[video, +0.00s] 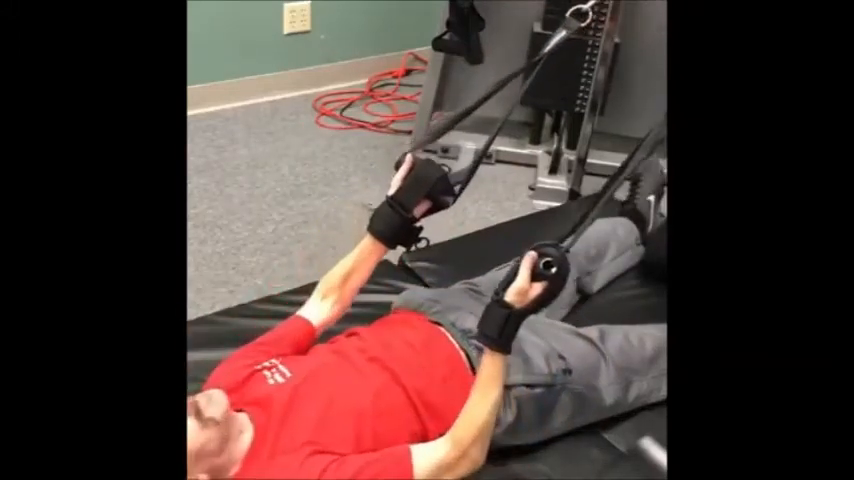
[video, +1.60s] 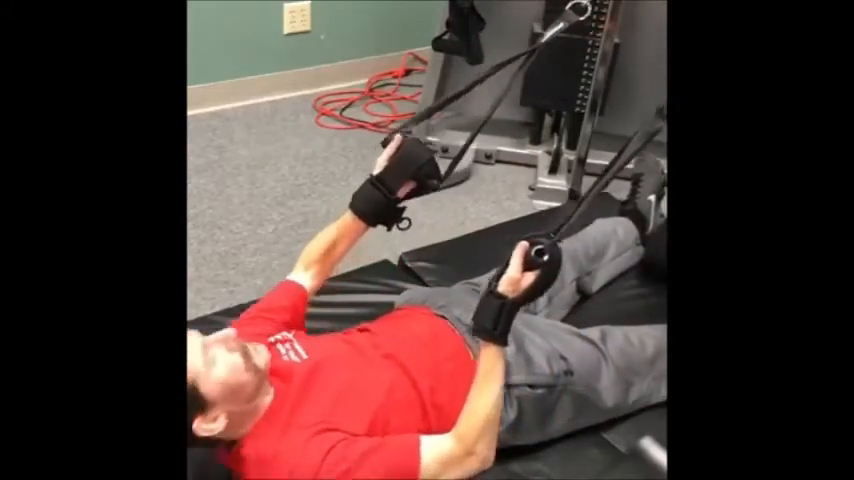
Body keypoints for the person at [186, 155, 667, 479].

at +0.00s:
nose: (202, 402)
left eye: (186, 401)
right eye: (192, 424)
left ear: (186, 394)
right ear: (201, 473)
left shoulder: (229, 375)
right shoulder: (289, 472)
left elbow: (327, 302)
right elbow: (456, 456)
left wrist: (392, 220)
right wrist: (503, 326)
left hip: (427, 312)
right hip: (493, 379)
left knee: (553, 269)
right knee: (648, 351)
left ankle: (635, 221)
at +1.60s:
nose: (226, 338)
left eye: (209, 338)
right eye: (211, 356)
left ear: (219, 331)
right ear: (210, 420)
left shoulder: (251, 340)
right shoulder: (294, 462)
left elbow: (311, 269)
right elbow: (465, 454)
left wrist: (379, 194)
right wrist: (502, 311)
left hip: (435, 309)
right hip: (496, 377)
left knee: (553, 263)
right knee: (639, 355)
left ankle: (637, 222)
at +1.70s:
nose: (247, 320)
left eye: (226, 319)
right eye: (231, 340)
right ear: (221, 400)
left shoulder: (252, 327)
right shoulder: (295, 452)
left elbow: (312, 263)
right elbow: (472, 451)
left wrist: (379, 191)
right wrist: (507, 313)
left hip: (434, 310)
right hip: (496, 378)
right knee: (649, 353)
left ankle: (636, 228)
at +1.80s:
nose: (260, 299)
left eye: (243, 294)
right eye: (244, 313)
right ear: (231, 376)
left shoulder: (259, 317)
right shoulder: (301, 441)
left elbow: (315, 253)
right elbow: (477, 449)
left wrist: (381, 186)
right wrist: (511, 312)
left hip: (443, 308)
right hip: (497, 378)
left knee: (608, 231)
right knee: (655, 352)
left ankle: (640, 225)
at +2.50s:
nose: (369, 190)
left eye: (359, 181)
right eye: (358, 190)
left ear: (311, 231)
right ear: (323, 230)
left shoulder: (282, 259)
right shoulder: (352, 338)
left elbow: (331, 221)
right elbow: (495, 408)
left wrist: (391, 166)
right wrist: (528, 273)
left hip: (450, 305)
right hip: (496, 376)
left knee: (555, 258)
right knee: (658, 351)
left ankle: (636, 223)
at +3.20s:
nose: (472, 145)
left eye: (472, 132)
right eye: (469, 133)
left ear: (384, 133)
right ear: (437, 147)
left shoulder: (343, 190)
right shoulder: (423, 237)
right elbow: (531, 353)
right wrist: (563, 222)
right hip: (486, 401)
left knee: (563, 259)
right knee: (663, 348)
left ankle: (637, 221)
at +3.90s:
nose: (508, 146)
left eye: (510, 132)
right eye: (509, 133)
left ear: (423, 127)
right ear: (484, 142)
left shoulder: (361, 182)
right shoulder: (465, 238)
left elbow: (417, 153)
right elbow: (565, 362)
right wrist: (602, 235)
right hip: (480, 406)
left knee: (575, 253)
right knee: (664, 350)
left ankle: (640, 231)